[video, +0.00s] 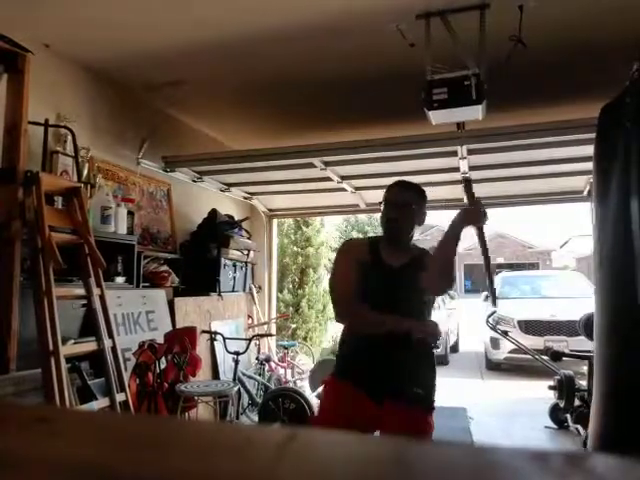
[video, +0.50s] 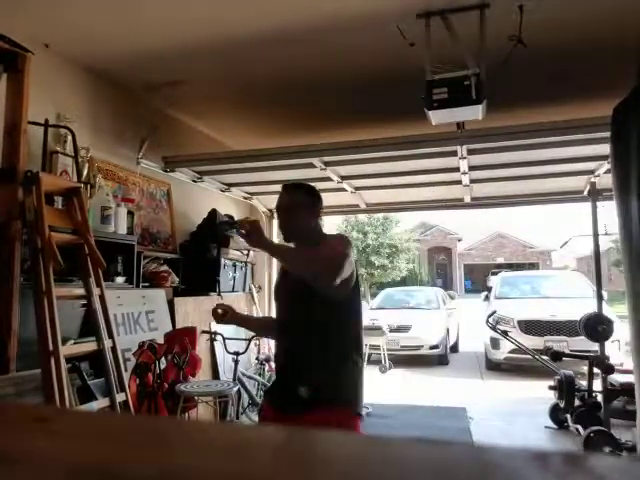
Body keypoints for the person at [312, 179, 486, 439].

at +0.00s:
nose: (393, 213)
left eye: (405, 207)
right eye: (389, 205)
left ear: (421, 217)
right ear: (382, 209)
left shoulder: (426, 262)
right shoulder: (354, 251)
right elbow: (345, 311)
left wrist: (458, 224)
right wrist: (410, 327)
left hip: (409, 393)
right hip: (352, 387)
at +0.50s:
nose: (281, 218)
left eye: (289, 211)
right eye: (279, 211)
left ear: (314, 213)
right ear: (276, 214)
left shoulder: (337, 245)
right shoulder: (290, 261)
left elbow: (329, 274)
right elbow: (288, 329)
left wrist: (267, 245)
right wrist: (238, 319)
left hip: (332, 397)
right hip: (287, 394)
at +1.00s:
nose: (248, 227)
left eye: (254, 218)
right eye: (245, 221)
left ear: (279, 219)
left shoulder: (301, 250)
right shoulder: (267, 266)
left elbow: (280, 302)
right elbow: (243, 314)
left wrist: (231, 334)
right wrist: (228, 271)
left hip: (310, 354)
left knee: (248, 379)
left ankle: (298, 453)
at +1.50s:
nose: (288, 220)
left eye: (296, 212)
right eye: (285, 214)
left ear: (319, 217)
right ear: (282, 219)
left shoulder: (344, 254)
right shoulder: (277, 261)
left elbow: (326, 308)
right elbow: (257, 297)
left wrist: (270, 320)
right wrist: (259, 245)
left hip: (342, 391)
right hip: (289, 390)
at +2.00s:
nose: (375, 227)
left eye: (372, 219)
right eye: (368, 220)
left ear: (340, 225)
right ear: (350, 223)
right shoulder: (345, 258)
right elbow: (386, 312)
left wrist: (371, 278)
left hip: (362, 397)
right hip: (336, 400)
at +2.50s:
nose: (389, 230)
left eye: (387, 225)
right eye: (387, 224)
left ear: (353, 226)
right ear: (380, 224)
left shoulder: (342, 265)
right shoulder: (367, 254)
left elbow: (393, 303)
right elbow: (390, 316)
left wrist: (395, 261)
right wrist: (420, 325)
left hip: (379, 380)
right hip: (409, 355)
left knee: (437, 458)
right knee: (505, 374)